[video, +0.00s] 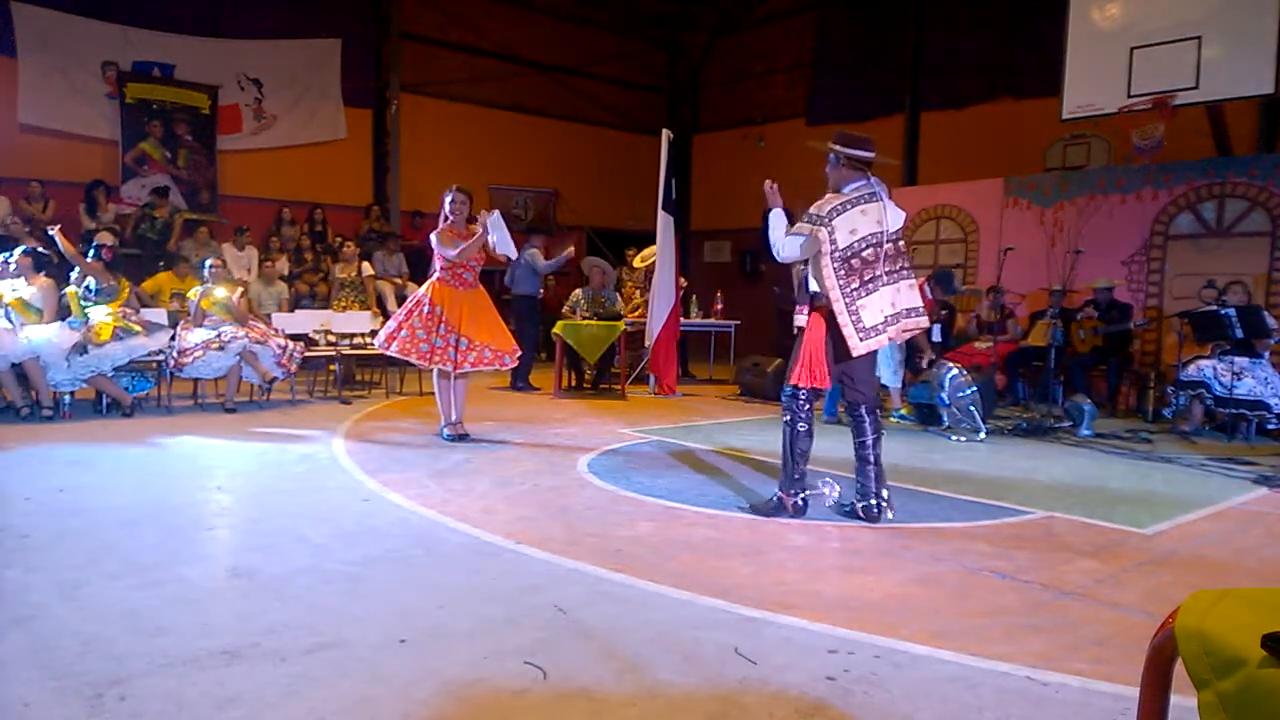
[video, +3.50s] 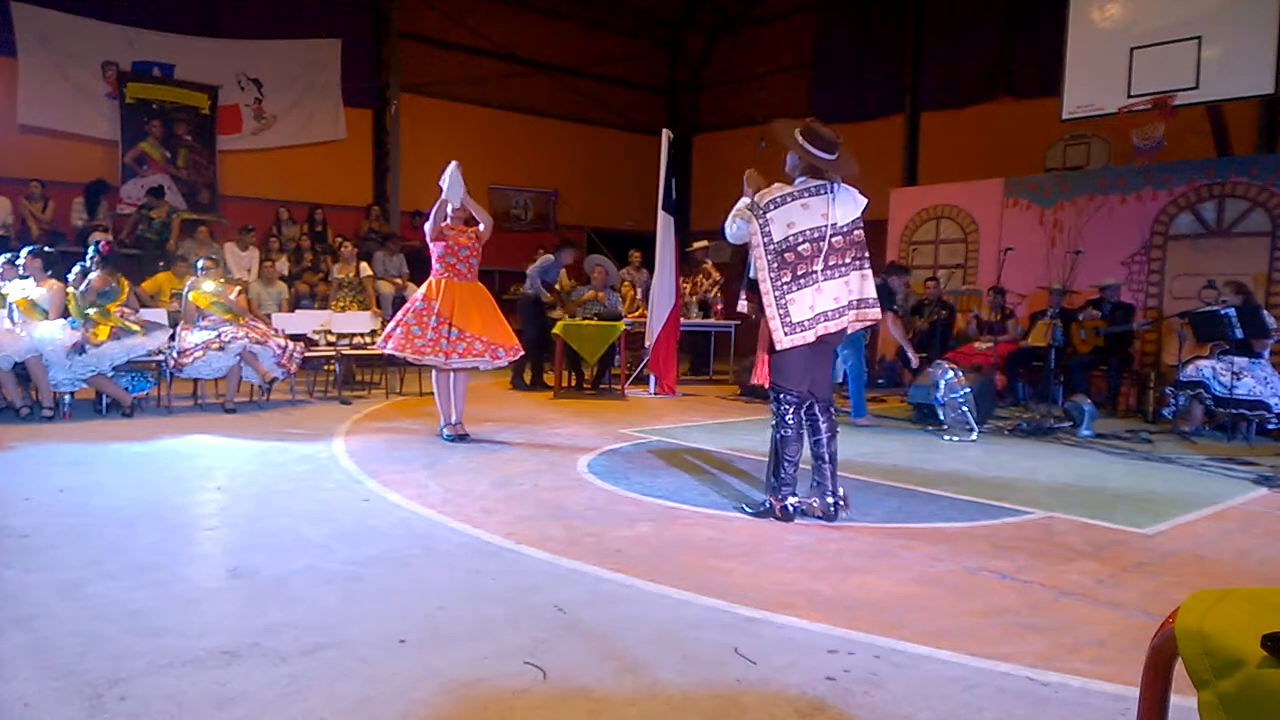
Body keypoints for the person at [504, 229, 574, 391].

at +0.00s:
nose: (543, 244)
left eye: (543, 240)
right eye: (541, 240)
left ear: (529, 240)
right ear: (536, 240)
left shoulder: (519, 257)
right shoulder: (532, 252)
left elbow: (508, 280)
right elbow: (543, 267)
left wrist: (525, 287)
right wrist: (564, 257)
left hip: (517, 298)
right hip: (528, 299)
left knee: (522, 338)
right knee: (530, 339)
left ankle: (517, 376)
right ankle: (522, 378)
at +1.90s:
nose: (544, 245)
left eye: (544, 241)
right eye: (543, 242)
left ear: (529, 241)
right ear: (536, 241)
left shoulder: (516, 256)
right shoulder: (532, 254)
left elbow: (505, 277)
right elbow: (535, 274)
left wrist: (520, 285)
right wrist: (561, 275)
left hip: (516, 298)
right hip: (528, 299)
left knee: (523, 337)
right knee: (529, 339)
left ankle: (517, 376)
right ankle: (522, 378)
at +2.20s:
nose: (550, 251)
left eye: (551, 247)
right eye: (549, 246)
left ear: (536, 244)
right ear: (542, 245)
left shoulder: (519, 256)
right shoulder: (536, 258)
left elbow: (507, 276)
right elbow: (530, 278)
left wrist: (520, 286)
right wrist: (548, 295)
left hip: (516, 299)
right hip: (528, 299)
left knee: (521, 338)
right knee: (529, 339)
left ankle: (517, 376)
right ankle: (523, 377)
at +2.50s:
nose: (564, 260)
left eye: (565, 257)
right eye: (564, 256)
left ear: (553, 251)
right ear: (556, 253)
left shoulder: (532, 259)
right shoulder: (546, 260)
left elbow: (517, 274)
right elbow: (533, 275)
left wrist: (530, 289)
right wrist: (547, 297)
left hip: (519, 297)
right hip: (528, 298)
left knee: (529, 340)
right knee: (531, 341)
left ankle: (535, 376)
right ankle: (524, 378)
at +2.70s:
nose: (573, 262)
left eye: (574, 258)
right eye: (572, 258)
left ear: (565, 257)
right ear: (565, 256)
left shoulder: (554, 267)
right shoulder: (552, 261)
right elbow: (536, 273)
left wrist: (549, 296)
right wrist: (549, 294)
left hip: (535, 299)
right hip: (527, 298)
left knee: (538, 339)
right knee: (531, 339)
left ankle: (537, 377)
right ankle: (523, 379)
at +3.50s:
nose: (572, 260)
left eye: (574, 256)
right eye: (571, 255)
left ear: (567, 255)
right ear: (564, 252)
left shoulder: (558, 268)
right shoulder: (549, 259)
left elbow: (551, 285)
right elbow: (532, 272)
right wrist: (543, 294)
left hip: (538, 301)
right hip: (528, 300)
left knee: (541, 340)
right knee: (529, 338)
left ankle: (537, 376)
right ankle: (517, 376)